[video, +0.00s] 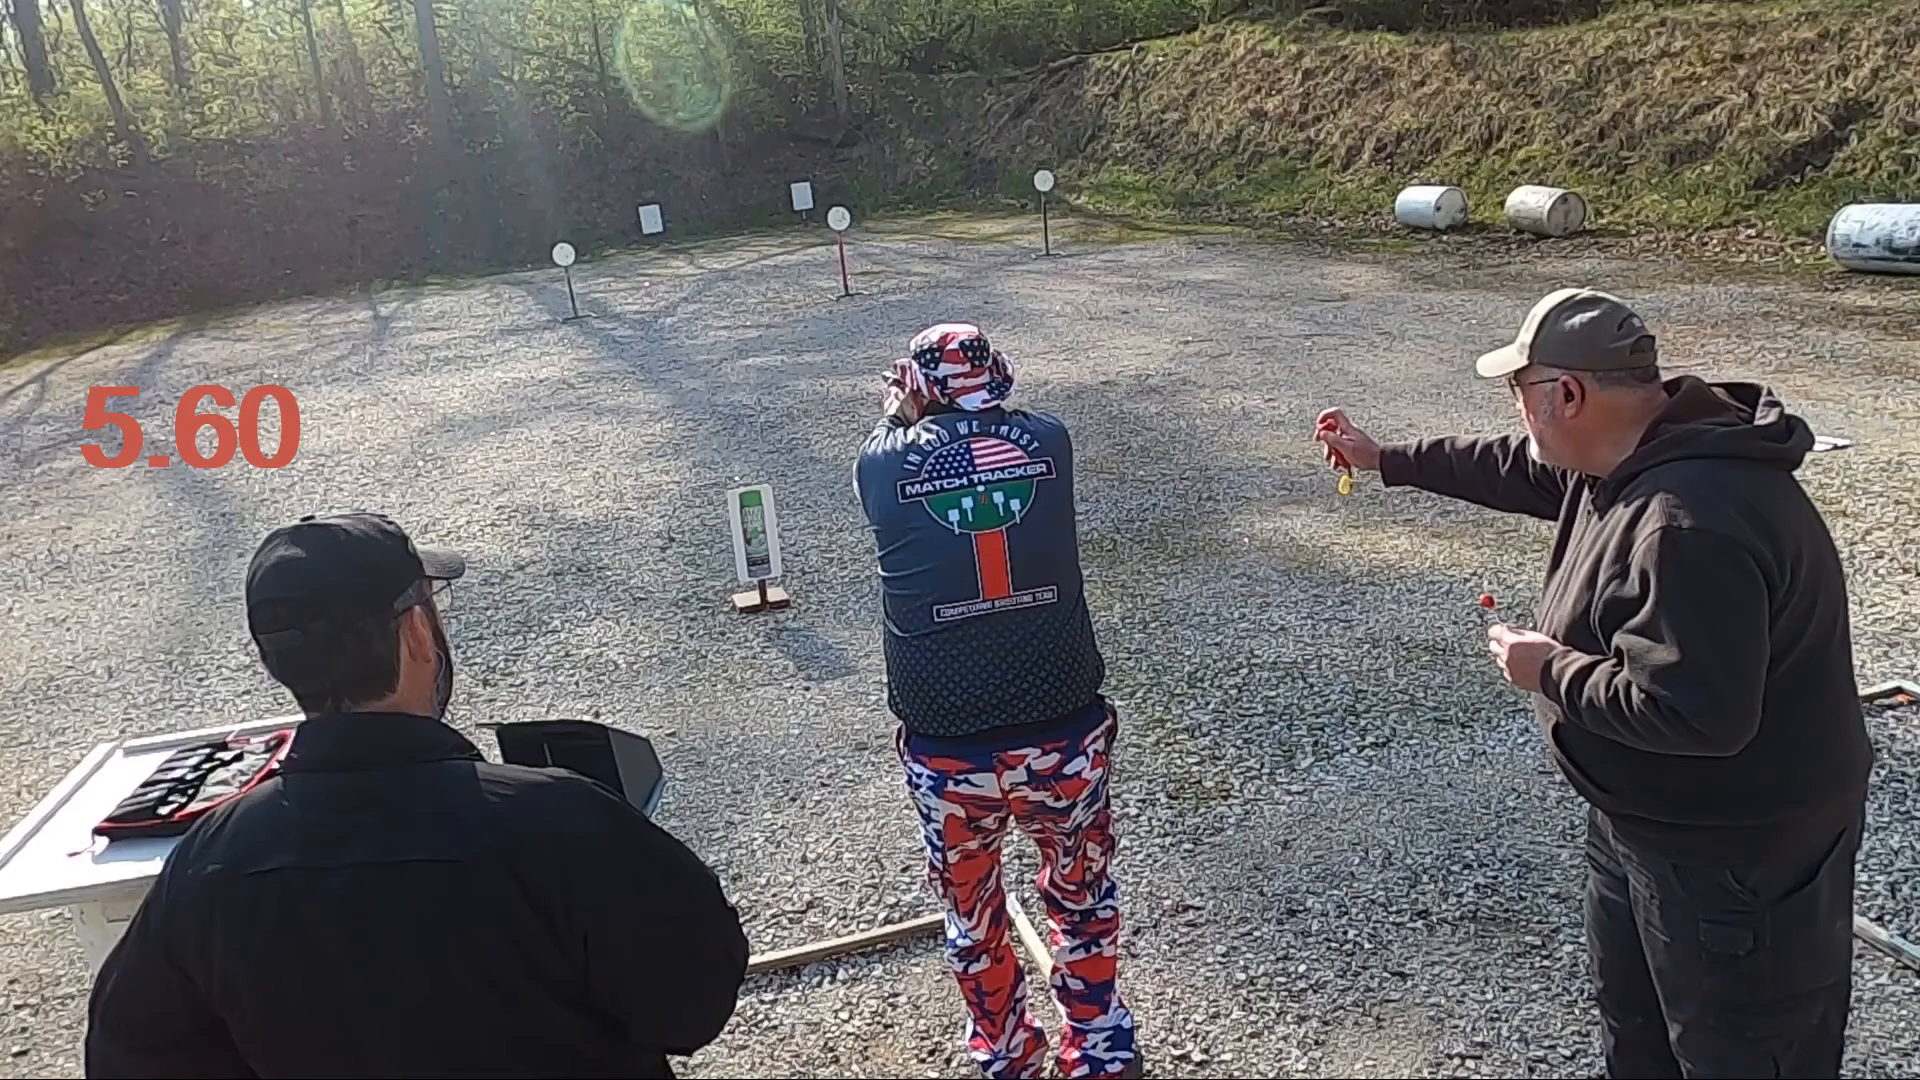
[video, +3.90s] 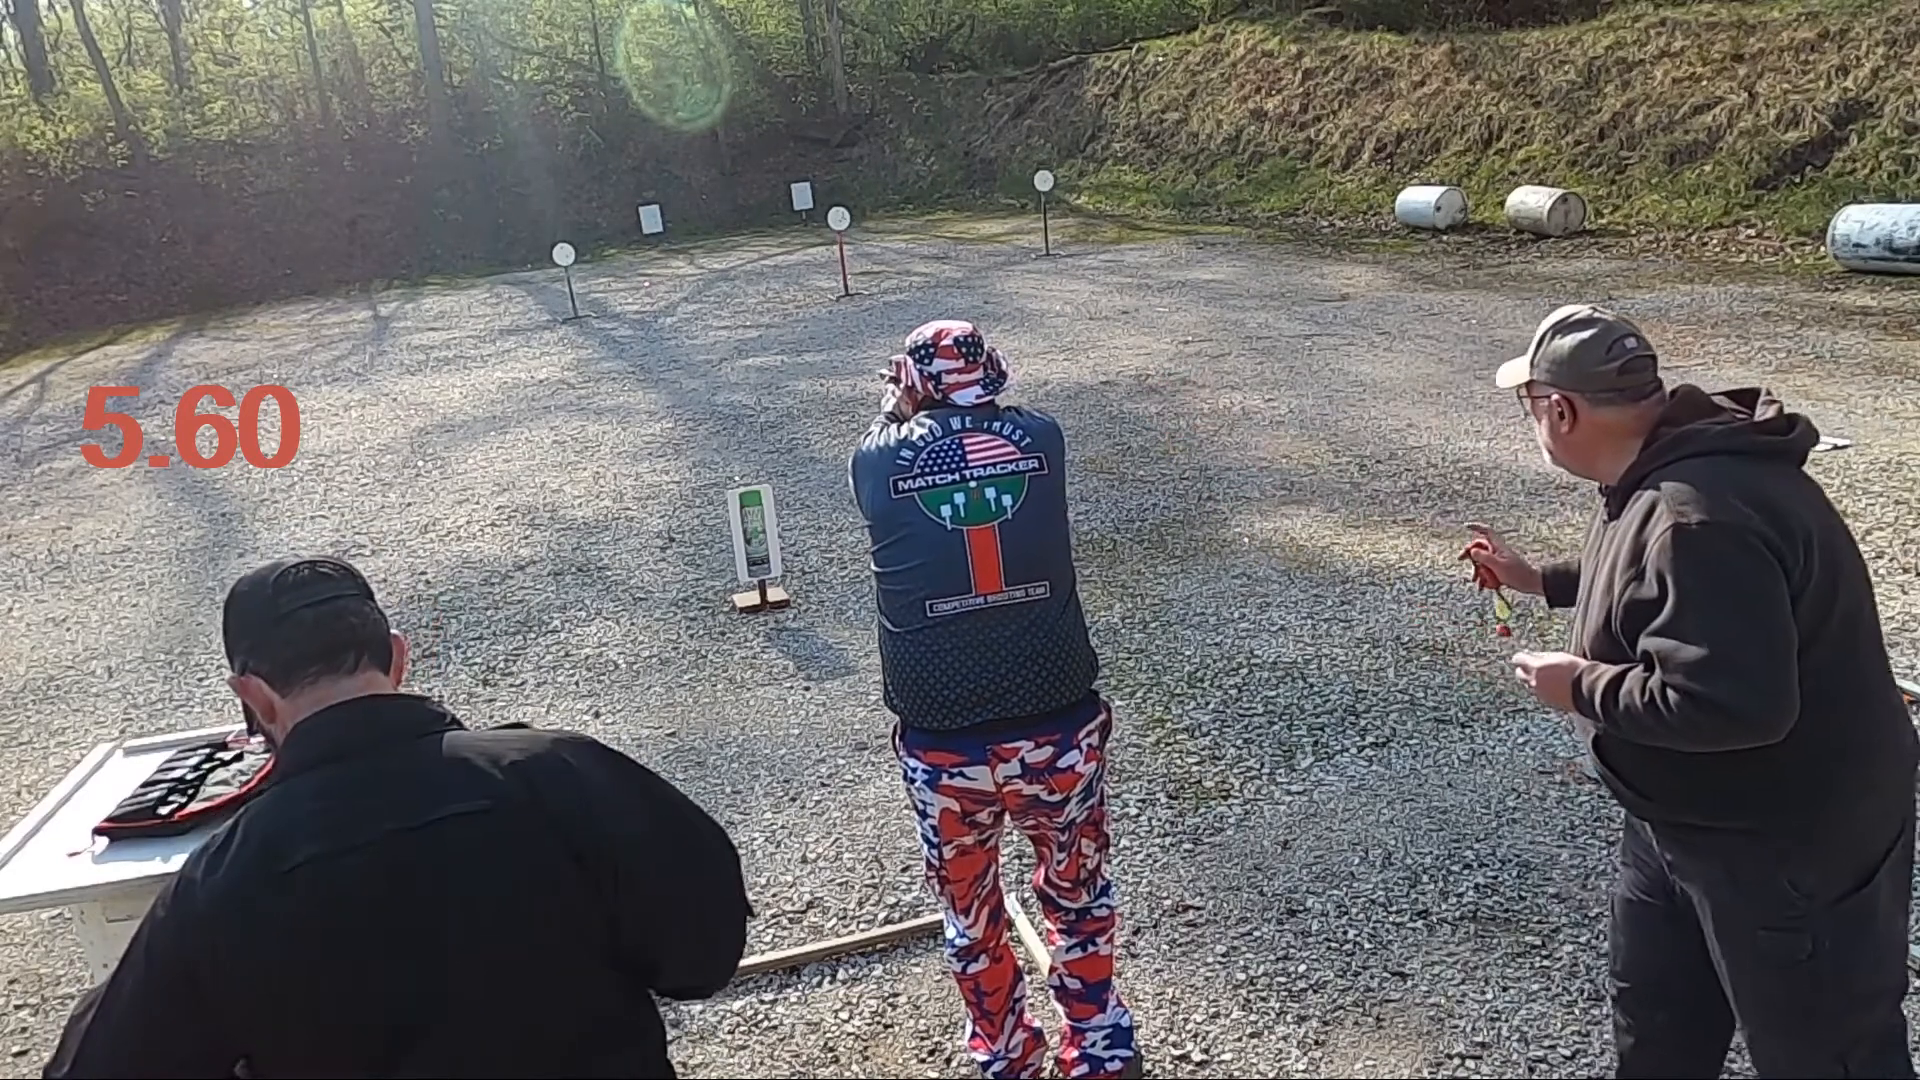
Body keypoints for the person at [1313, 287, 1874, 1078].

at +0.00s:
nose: (1518, 408)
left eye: (1521, 391)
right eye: (1516, 391)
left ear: (1568, 397)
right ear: (1579, 395)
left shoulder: (1689, 525)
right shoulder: (1619, 461)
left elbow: (1703, 716)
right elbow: (1510, 466)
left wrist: (1550, 669)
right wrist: (1383, 457)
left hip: (1735, 855)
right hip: (1640, 821)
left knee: (1743, 1058)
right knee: (1639, 1037)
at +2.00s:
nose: (1443, 416)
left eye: (1443, 396)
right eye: (1441, 397)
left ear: (1481, 398)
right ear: (1502, 390)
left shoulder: (1612, 513)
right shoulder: (1527, 462)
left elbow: (1653, 692)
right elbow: (1435, 492)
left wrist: (1501, 671)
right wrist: (1305, 511)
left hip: (1689, 821)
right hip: (1599, 798)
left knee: (1721, 1043)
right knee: (1620, 1019)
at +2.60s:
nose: (1420, 402)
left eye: (1422, 386)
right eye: (1420, 387)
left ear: (1459, 389)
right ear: (1477, 386)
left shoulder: (1614, 488)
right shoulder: (1491, 453)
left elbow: (1664, 661)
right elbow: (1368, 441)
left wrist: (1503, 655)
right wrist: (1226, 423)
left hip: (1685, 808)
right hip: (1587, 793)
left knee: (1720, 1039)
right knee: (1620, 1023)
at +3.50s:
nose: (1440, 401)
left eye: (1440, 386)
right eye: (1439, 386)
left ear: (1470, 393)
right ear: (1535, 373)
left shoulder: (1619, 482)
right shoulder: (1522, 462)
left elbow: (1682, 647)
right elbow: (1434, 495)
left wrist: (1521, 655)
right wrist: (1306, 488)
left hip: (1716, 811)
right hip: (1607, 797)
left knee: (1765, 1048)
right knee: (1633, 1036)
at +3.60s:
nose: (1457, 408)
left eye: (1455, 391)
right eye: (1453, 392)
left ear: (1483, 397)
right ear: (1549, 375)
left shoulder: (1629, 491)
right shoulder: (1558, 466)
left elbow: (1682, 658)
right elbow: (1496, 529)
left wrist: (1527, 659)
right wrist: (1365, 520)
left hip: (1725, 815)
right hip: (1621, 800)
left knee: (1784, 1050)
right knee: (1638, 1036)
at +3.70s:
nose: (1478, 412)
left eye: (1476, 395)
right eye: (1475, 395)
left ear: (1504, 400)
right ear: (1577, 374)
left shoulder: (1638, 498)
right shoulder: (1589, 463)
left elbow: (1693, 674)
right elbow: (1550, 553)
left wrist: (1538, 665)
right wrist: (1431, 551)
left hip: (1742, 826)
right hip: (1637, 807)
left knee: (1801, 1051)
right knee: (1642, 1034)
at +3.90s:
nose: (1532, 422)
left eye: (1533, 405)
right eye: (1532, 404)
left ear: (1564, 413)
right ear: (1634, 390)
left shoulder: (1696, 520)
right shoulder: (1657, 470)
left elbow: (1740, 705)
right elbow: (1647, 587)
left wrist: (1585, 687)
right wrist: (1537, 579)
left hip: (1791, 848)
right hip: (1681, 819)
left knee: (1829, 1062)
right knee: (1657, 1038)